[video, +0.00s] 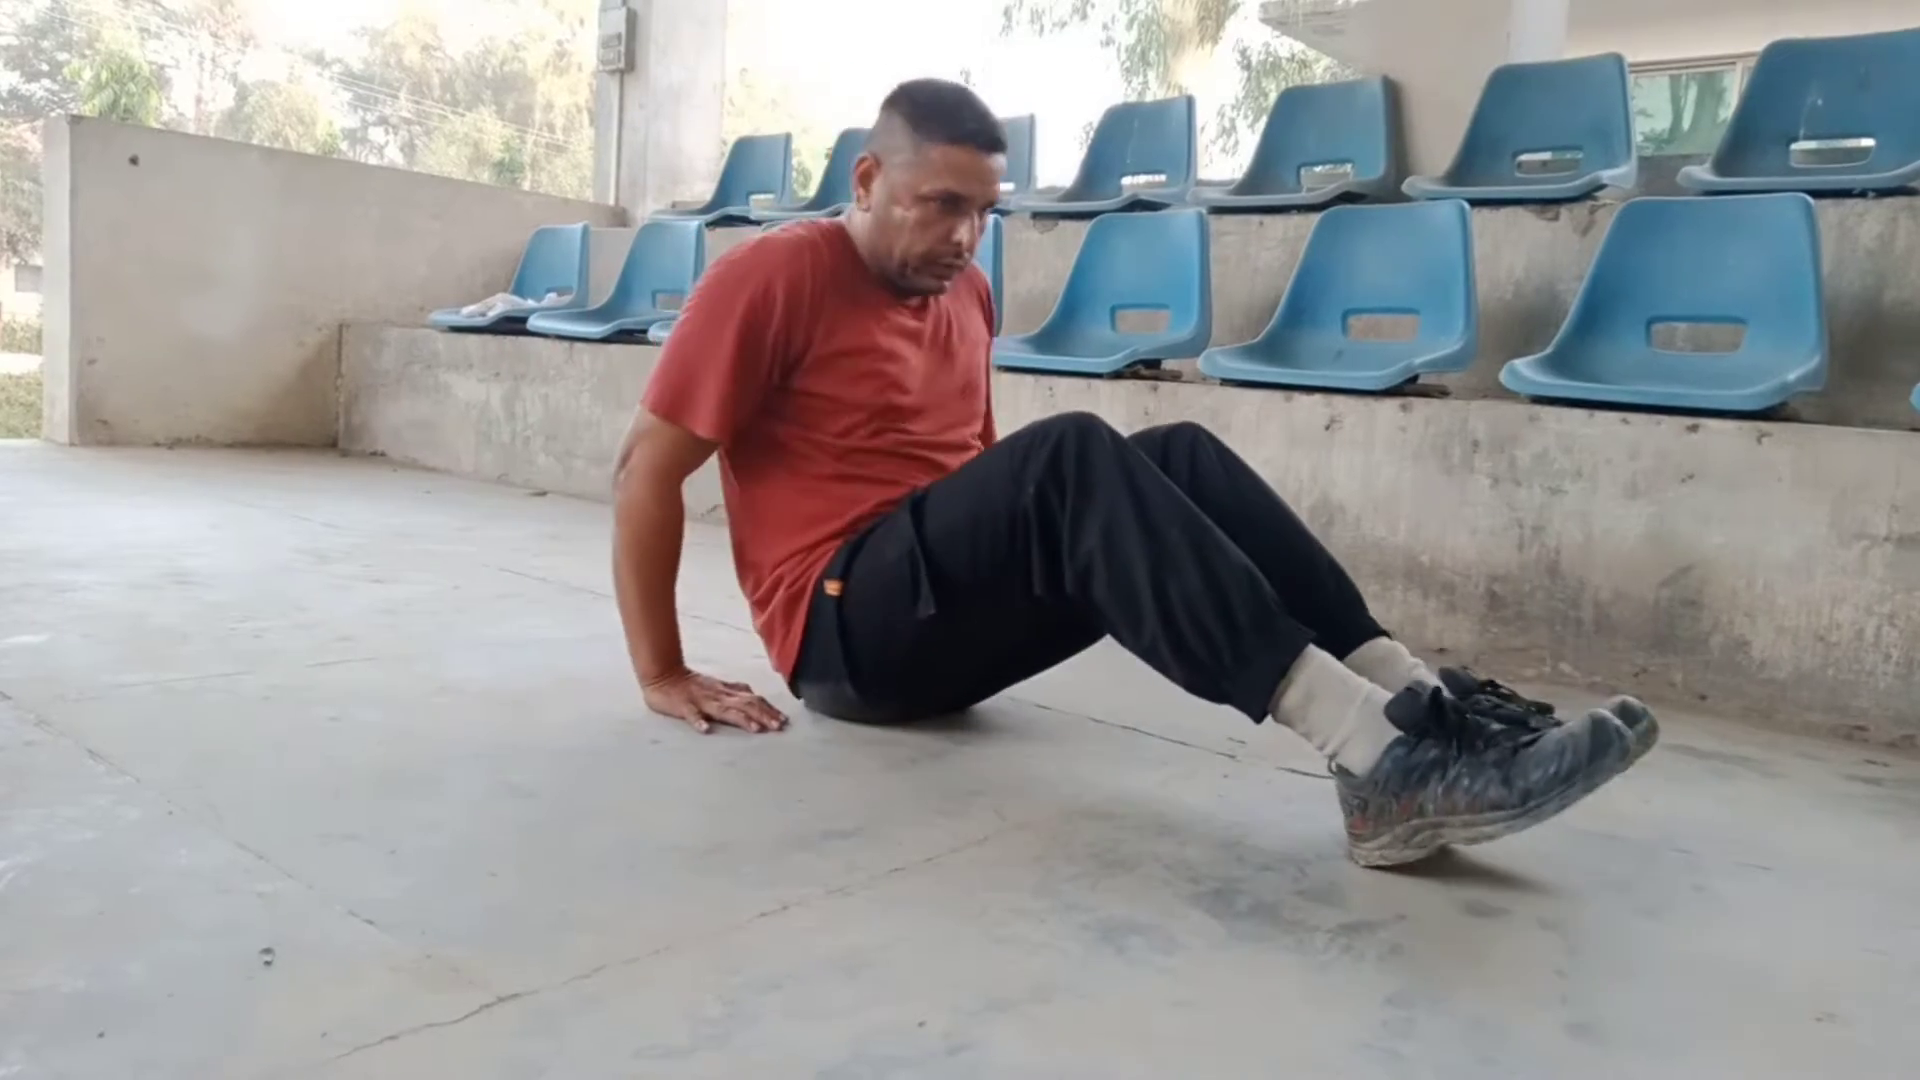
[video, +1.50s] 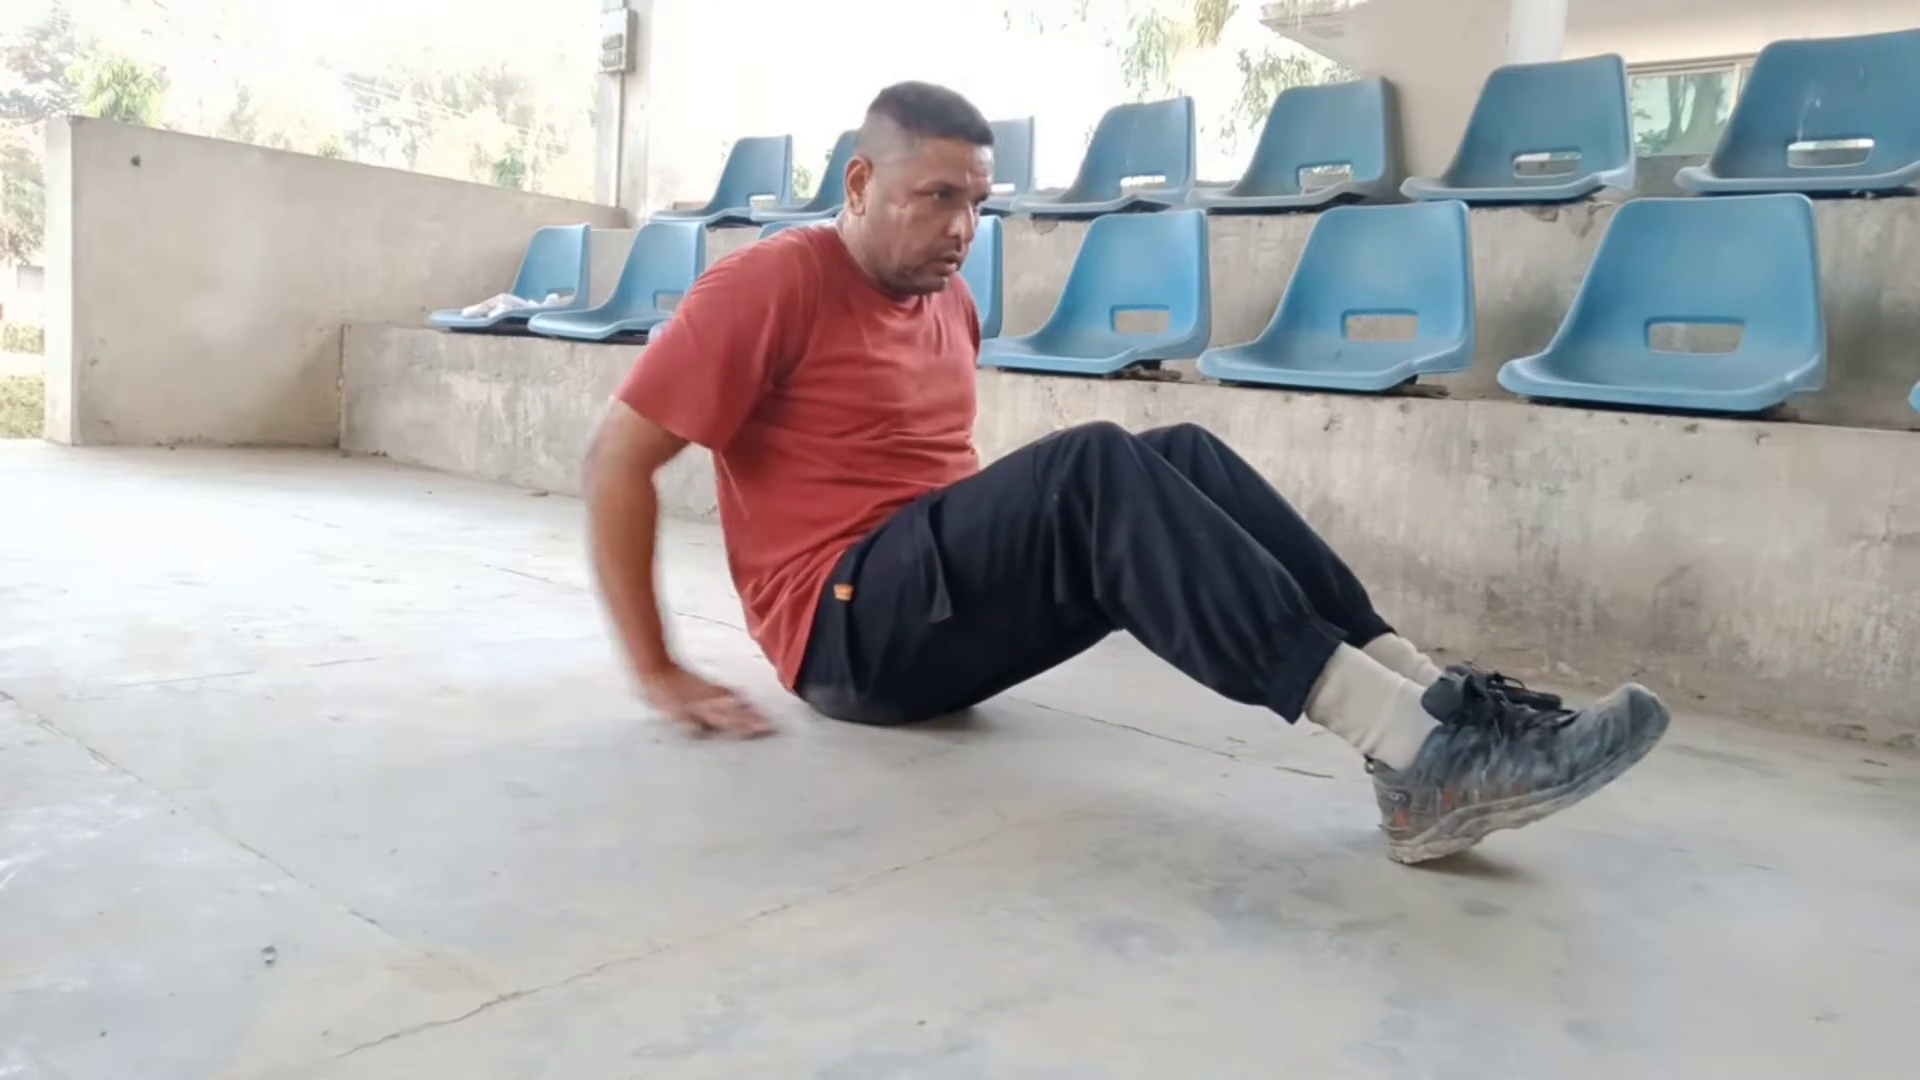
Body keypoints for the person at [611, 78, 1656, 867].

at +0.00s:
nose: (961, 235)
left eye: (978, 211)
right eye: (940, 205)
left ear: (985, 202)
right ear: (867, 183)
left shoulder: (962, 287)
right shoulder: (769, 275)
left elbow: (965, 455)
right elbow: (650, 462)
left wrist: (995, 601)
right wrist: (660, 677)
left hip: (948, 617)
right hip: (844, 627)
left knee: (1179, 454)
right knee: (1068, 451)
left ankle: (1434, 711)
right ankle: (1371, 759)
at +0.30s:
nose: (962, 234)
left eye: (986, 213)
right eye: (941, 202)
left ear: (1002, 213)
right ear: (875, 183)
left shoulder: (968, 298)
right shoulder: (789, 274)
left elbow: (931, 466)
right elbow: (655, 468)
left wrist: (936, 625)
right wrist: (705, 677)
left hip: (941, 618)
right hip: (838, 627)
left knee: (1189, 457)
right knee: (1073, 453)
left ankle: (1440, 708)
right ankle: (1380, 759)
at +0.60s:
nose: (969, 236)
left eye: (988, 212)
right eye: (946, 205)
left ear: (998, 206)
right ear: (874, 185)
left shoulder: (970, 298)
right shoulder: (786, 276)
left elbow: (929, 469)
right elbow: (662, 475)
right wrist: (709, 679)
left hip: (947, 617)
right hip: (843, 628)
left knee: (1196, 460)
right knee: (1071, 453)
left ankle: (1449, 708)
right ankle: (1375, 756)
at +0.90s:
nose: (959, 222)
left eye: (972, 199)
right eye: (938, 194)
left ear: (973, 197)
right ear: (859, 182)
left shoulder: (949, 300)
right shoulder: (763, 278)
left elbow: (932, 471)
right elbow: (656, 480)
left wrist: (910, 640)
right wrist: (710, 681)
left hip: (935, 613)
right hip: (839, 624)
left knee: (1178, 455)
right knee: (1078, 453)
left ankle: (1433, 707)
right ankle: (1379, 745)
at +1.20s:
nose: (957, 220)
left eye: (968, 196)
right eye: (935, 194)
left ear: (965, 194)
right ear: (854, 183)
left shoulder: (947, 298)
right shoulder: (760, 281)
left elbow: (932, 466)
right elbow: (652, 482)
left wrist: (948, 617)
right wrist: (710, 679)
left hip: (937, 603)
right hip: (842, 620)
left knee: (1181, 458)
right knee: (1099, 471)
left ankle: (1449, 719)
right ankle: (1408, 758)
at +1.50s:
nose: (959, 226)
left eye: (973, 203)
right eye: (938, 198)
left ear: (973, 203)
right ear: (858, 187)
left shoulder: (946, 302)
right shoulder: (764, 286)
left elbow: (923, 463)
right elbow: (618, 461)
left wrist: (951, 607)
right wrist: (656, 674)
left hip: (936, 601)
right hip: (845, 618)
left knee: (1180, 456)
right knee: (1100, 472)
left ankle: (1452, 712)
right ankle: (1411, 764)